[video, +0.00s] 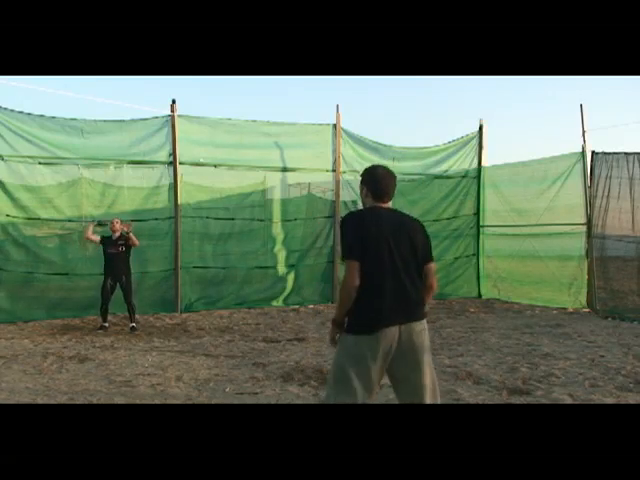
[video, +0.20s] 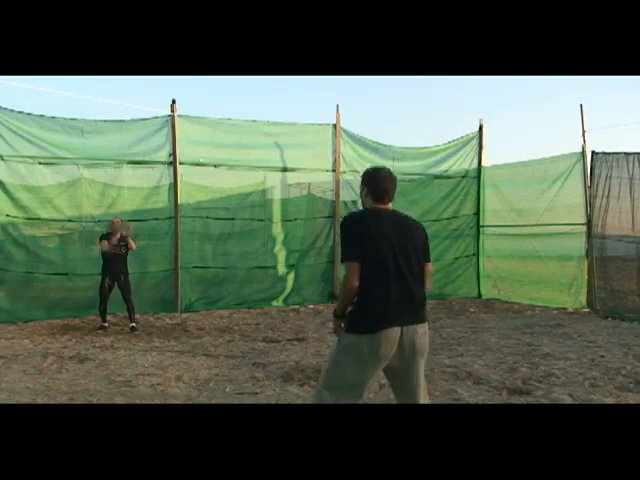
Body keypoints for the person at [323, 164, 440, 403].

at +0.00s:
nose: (360, 191)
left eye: (361, 187)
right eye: (361, 187)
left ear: (364, 190)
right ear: (393, 193)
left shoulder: (354, 221)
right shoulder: (413, 224)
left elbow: (352, 281)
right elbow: (430, 283)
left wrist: (338, 320)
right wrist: (413, 311)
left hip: (368, 330)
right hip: (413, 327)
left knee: (345, 397)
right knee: (422, 398)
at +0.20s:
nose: (360, 193)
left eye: (361, 189)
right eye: (362, 189)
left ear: (365, 191)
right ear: (392, 194)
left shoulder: (355, 222)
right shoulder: (416, 227)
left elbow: (352, 282)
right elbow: (425, 281)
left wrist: (339, 312)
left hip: (370, 332)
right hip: (415, 332)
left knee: (333, 397)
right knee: (415, 399)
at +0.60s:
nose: (333, 183)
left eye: (333, 179)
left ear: (336, 184)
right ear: (365, 183)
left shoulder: (320, 218)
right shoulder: (386, 219)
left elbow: (308, 274)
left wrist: (297, 297)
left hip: (329, 328)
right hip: (375, 326)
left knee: (315, 397)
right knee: (391, 396)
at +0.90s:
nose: (302, 184)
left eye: (302, 179)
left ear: (306, 183)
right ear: (337, 179)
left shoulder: (295, 223)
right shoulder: (360, 211)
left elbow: (289, 288)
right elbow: (400, 181)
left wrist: (286, 299)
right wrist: (382, 132)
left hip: (319, 330)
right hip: (366, 325)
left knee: (314, 398)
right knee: (381, 398)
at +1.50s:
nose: (344, 194)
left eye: (345, 190)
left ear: (349, 193)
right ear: (378, 195)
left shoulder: (338, 222)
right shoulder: (401, 229)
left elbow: (333, 281)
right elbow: (410, 288)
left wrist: (309, 315)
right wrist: (383, 300)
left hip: (352, 333)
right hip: (398, 333)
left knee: (309, 397)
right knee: (401, 398)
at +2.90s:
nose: (336, 189)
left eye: (336, 183)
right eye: (337, 183)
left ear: (341, 186)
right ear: (370, 188)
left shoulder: (326, 219)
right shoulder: (394, 222)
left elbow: (312, 283)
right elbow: (412, 284)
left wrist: (286, 302)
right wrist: (382, 291)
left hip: (339, 337)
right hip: (390, 334)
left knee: (313, 398)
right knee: (398, 399)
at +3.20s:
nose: (297, 197)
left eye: (298, 193)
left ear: (301, 197)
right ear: (328, 195)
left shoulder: (290, 234)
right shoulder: (350, 228)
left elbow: (263, 288)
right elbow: (362, 277)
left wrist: (242, 272)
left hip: (316, 348)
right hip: (367, 341)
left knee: (278, 400)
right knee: (378, 399)